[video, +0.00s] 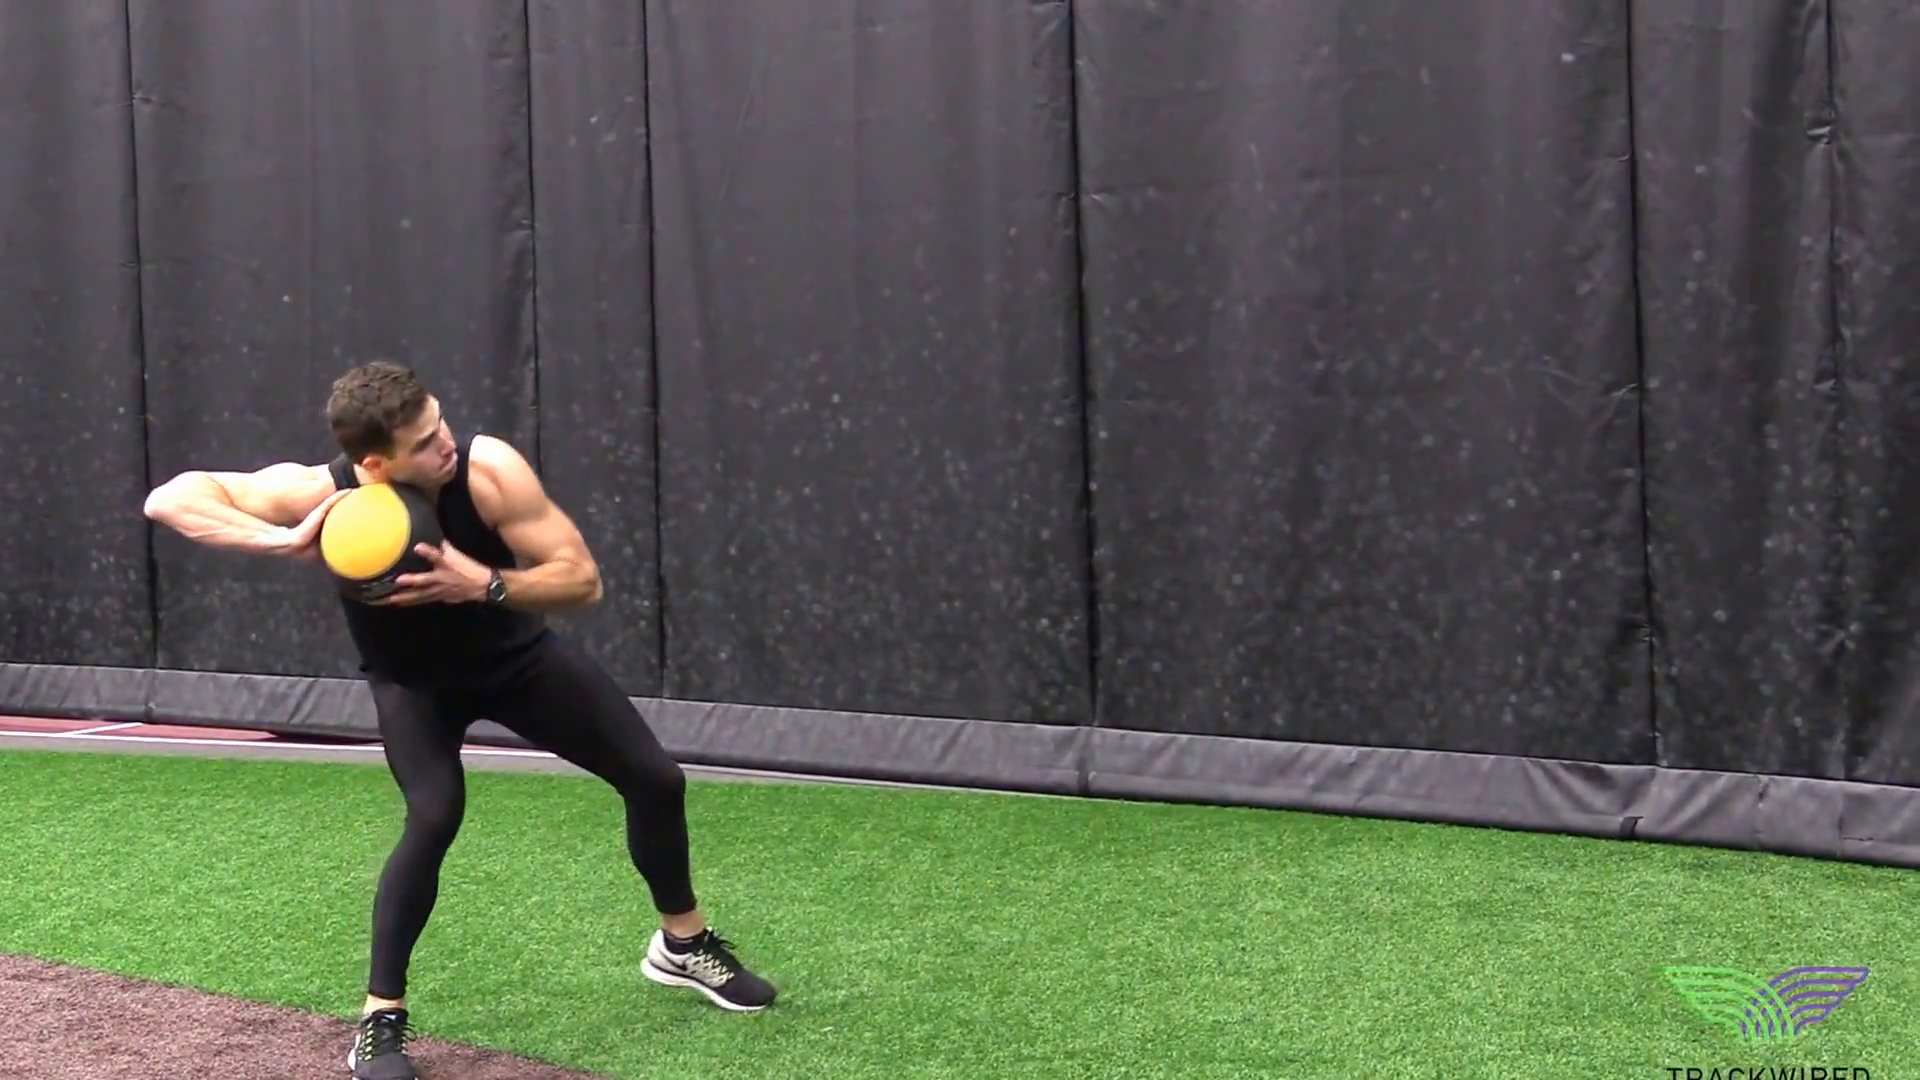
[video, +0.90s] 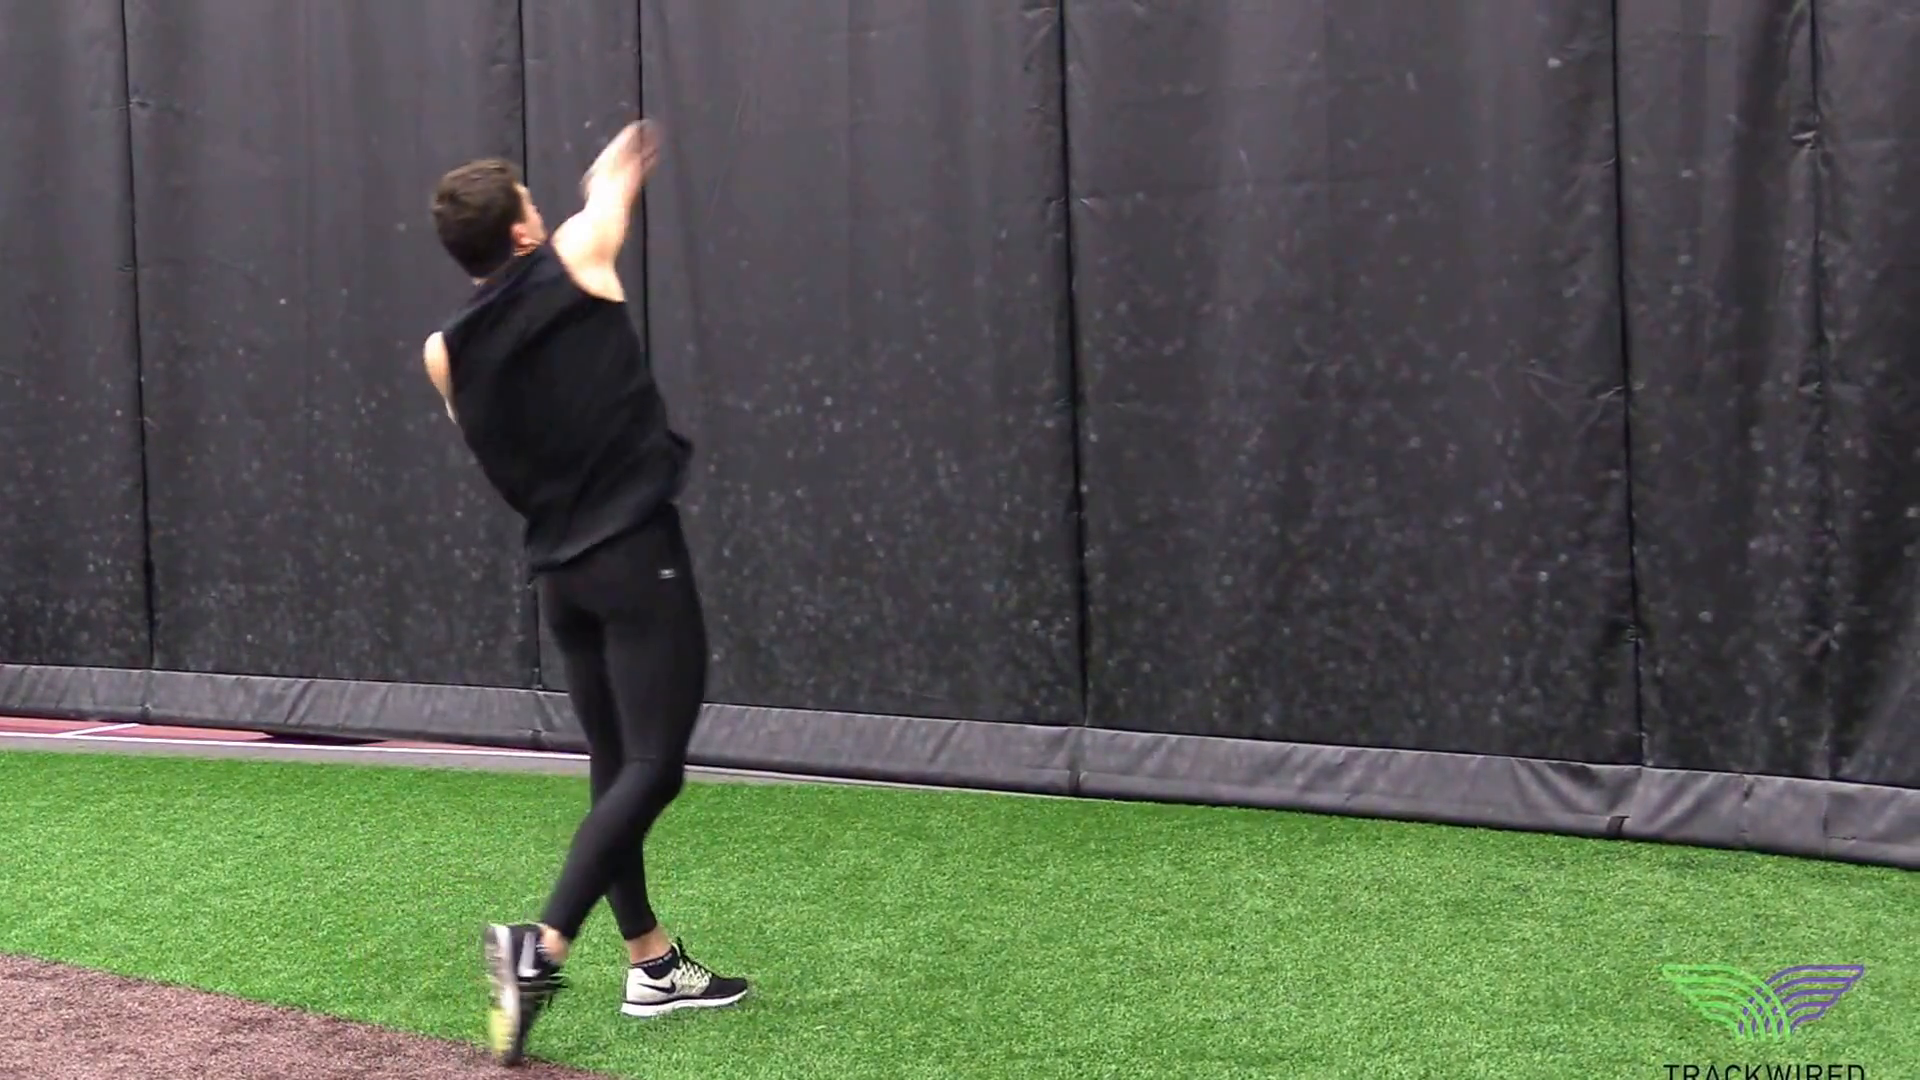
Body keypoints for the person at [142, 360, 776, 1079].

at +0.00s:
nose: (446, 446)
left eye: (442, 429)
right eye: (425, 444)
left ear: (442, 411)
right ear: (371, 467)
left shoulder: (493, 472)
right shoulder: (320, 494)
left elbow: (580, 579)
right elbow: (167, 498)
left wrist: (487, 583)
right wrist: (277, 539)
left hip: (519, 655)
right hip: (412, 681)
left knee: (656, 780)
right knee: (434, 813)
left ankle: (684, 940)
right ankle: (383, 1016)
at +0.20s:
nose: (480, 385)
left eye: (473, 370)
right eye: (459, 383)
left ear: (474, 365)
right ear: (412, 413)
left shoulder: (519, 419)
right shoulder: (358, 473)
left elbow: (622, 509)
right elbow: (209, 513)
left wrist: (536, 506)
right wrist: (333, 514)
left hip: (531, 660)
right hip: (435, 682)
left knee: (673, 775)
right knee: (469, 820)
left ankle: (662, 954)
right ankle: (388, 1016)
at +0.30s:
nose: (494, 338)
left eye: (486, 326)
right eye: (475, 337)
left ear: (481, 339)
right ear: (431, 370)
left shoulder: (529, 382)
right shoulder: (384, 451)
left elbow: (648, 457)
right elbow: (249, 517)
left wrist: (569, 429)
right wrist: (372, 483)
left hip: (539, 651)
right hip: (454, 667)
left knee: (680, 770)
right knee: (492, 822)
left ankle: (657, 965)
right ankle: (390, 1013)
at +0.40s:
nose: (501, 287)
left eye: (493, 276)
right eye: (485, 283)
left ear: (469, 307)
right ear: (450, 316)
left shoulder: (527, 360)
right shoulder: (410, 417)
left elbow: (656, 386)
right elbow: (319, 504)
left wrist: (590, 355)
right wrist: (433, 432)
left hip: (557, 637)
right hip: (487, 651)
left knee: (679, 767)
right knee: (521, 818)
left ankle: (662, 963)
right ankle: (392, 1002)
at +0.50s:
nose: (502, 248)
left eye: (493, 237)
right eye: (488, 243)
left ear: (460, 280)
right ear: (462, 277)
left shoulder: (522, 334)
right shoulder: (447, 378)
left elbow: (627, 338)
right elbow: (430, 448)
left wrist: (607, 294)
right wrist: (530, 347)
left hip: (573, 618)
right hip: (529, 627)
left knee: (665, 763)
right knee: (550, 810)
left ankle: (662, 963)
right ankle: (395, 985)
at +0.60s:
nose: (493, 222)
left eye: (482, 214)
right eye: (482, 218)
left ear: (443, 262)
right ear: (468, 248)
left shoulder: (468, 323)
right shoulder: (489, 330)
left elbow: (557, 310)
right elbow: (581, 308)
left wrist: (596, 241)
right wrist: (641, 219)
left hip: (577, 590)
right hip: (567, 594)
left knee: (640, 766)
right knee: (578, 787)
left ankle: (661, 960)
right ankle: (412, 950)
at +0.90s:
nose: (539, 206)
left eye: (528, 199)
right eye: (533, 200)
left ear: (460, 257)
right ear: (526, 224)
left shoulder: (447, 356)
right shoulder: (584, 257)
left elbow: (493, 434)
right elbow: (625, 164)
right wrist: (627, 146)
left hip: (560, 576)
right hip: (638, 558)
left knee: (615, 771)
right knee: (656, 767)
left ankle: (653, 965)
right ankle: (541, 941)